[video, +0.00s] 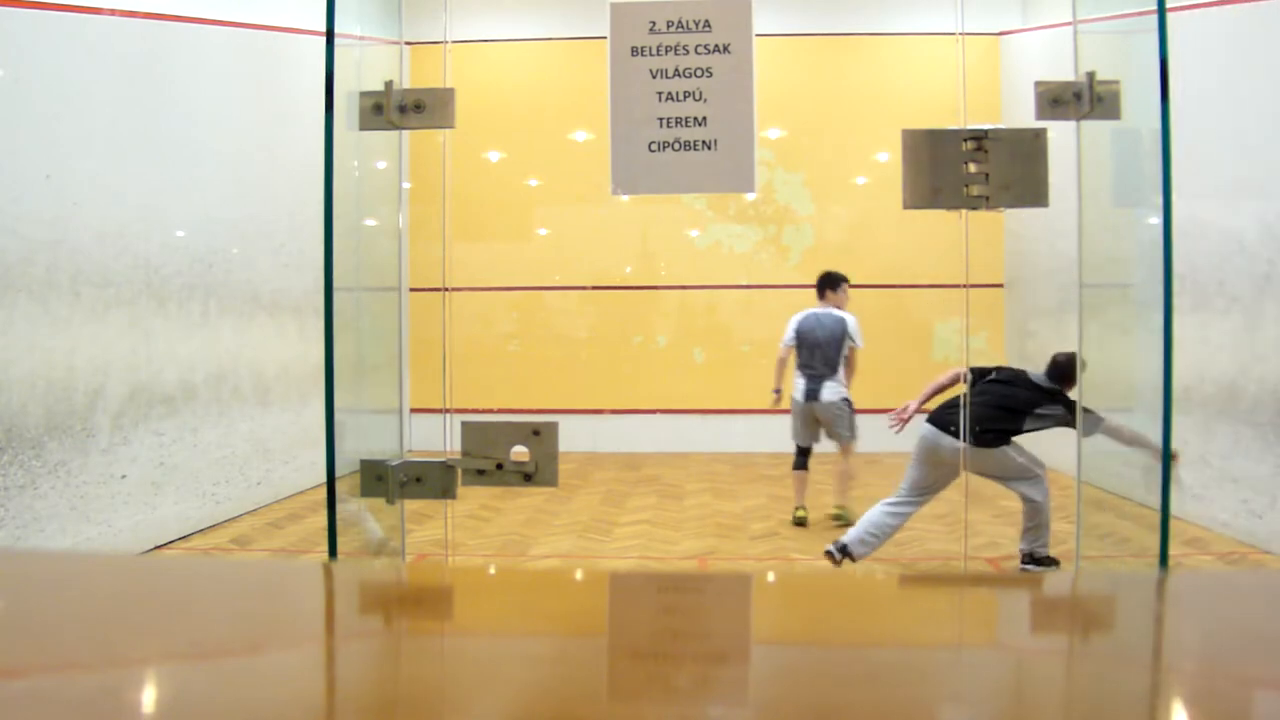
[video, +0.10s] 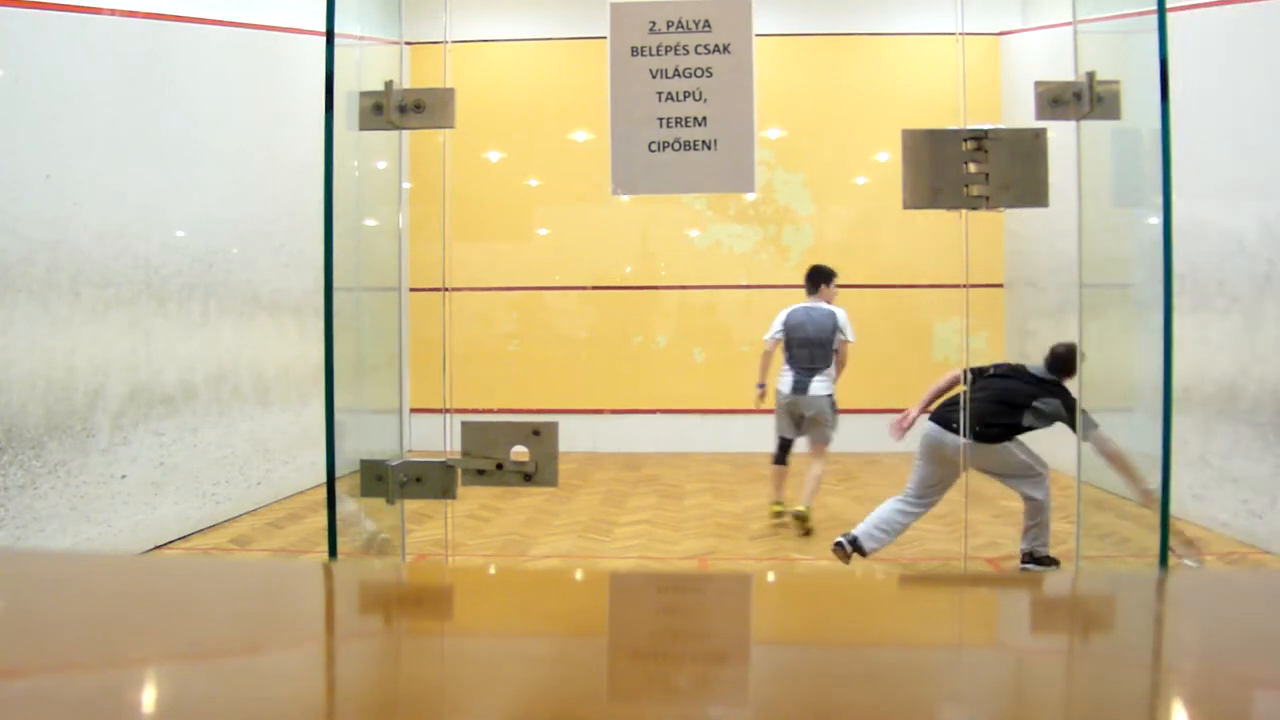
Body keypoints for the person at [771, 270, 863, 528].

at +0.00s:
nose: (847, 297)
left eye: (847, 291)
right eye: (844, 291)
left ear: (823, 294)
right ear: (829, 293)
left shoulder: (799, 319)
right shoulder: (847, 320)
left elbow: (783, 356)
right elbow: (851, 359)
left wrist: (777, 388)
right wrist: (845, 388)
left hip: (802, 393)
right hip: (832, 393)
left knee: (802, 450)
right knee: (846, 449)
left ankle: (799, 506)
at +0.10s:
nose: (836, 291)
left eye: (835, 286)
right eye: (834, 286)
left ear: (809, 288)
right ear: (824, 287)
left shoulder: (787, 313)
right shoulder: (837, 315)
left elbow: (768, 348)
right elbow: (842, 355)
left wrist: (761, 383)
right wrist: (832, 380)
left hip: (787, 388)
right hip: (819, 390)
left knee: (783, 446)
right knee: (818, 453)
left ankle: (777, 500)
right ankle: (804, 505)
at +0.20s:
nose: (821, 299)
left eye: (819, 294)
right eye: (820, 295)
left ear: (794, 295)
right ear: (816, 296)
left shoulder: (776, 323)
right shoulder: (826, 325)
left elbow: (754, 357)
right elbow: (833, 368)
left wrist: (744, 391)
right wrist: (822, 396)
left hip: (771, 398)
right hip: (803, 401)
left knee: (761, 452)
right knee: (800, 467)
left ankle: (738, 501)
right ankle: (785, 523)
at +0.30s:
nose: (808, 305)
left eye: (804, 300)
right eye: (808, 301)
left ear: (783, 304)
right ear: (805, 304)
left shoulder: (765, 331)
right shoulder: (810, 335)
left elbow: (744, 367)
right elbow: (817, 380)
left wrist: (731, 403)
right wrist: (814, 407)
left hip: (752, 410)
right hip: (783, 412)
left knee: (741, 467)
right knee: (800, 471)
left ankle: (708, 506)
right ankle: (784, 525)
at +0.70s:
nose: (798, 311)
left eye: (795, 306)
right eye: (798, 307)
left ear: (773, 306)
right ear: (795, 309)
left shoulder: (751, 330)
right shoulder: (787, 337)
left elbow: (728, 371)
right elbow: (779, 381)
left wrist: (735, 401)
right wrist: (801, 414)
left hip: (730, 406)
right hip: (759, 409)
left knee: (730, 472)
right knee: (780, 473)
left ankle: (699, 519)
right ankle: (769, 534)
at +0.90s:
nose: (812, 314)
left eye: (812, 310)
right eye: (812, 310)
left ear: (787, 306)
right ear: (809, 310)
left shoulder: (764, 328)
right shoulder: (794, 334)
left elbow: (739, 361)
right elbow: (791, 375)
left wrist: (735, 391)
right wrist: (827, 396)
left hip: (737, 403)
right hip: (761, 406)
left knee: (754, 460)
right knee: (775, 471)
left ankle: (732, 504)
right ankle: (768, 535)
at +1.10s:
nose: (826, 328)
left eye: (827, 323)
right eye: (826, 323)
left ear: (802, 317)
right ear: (819, 320)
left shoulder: (778, 334)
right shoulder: (801, 339)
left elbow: (746, 355)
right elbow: (799, 369)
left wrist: (740, 370)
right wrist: (830, 369)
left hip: (743, 406)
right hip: (764, 410)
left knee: (760, 462)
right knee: (774, 473)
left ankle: (772, 501)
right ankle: (767, 529)